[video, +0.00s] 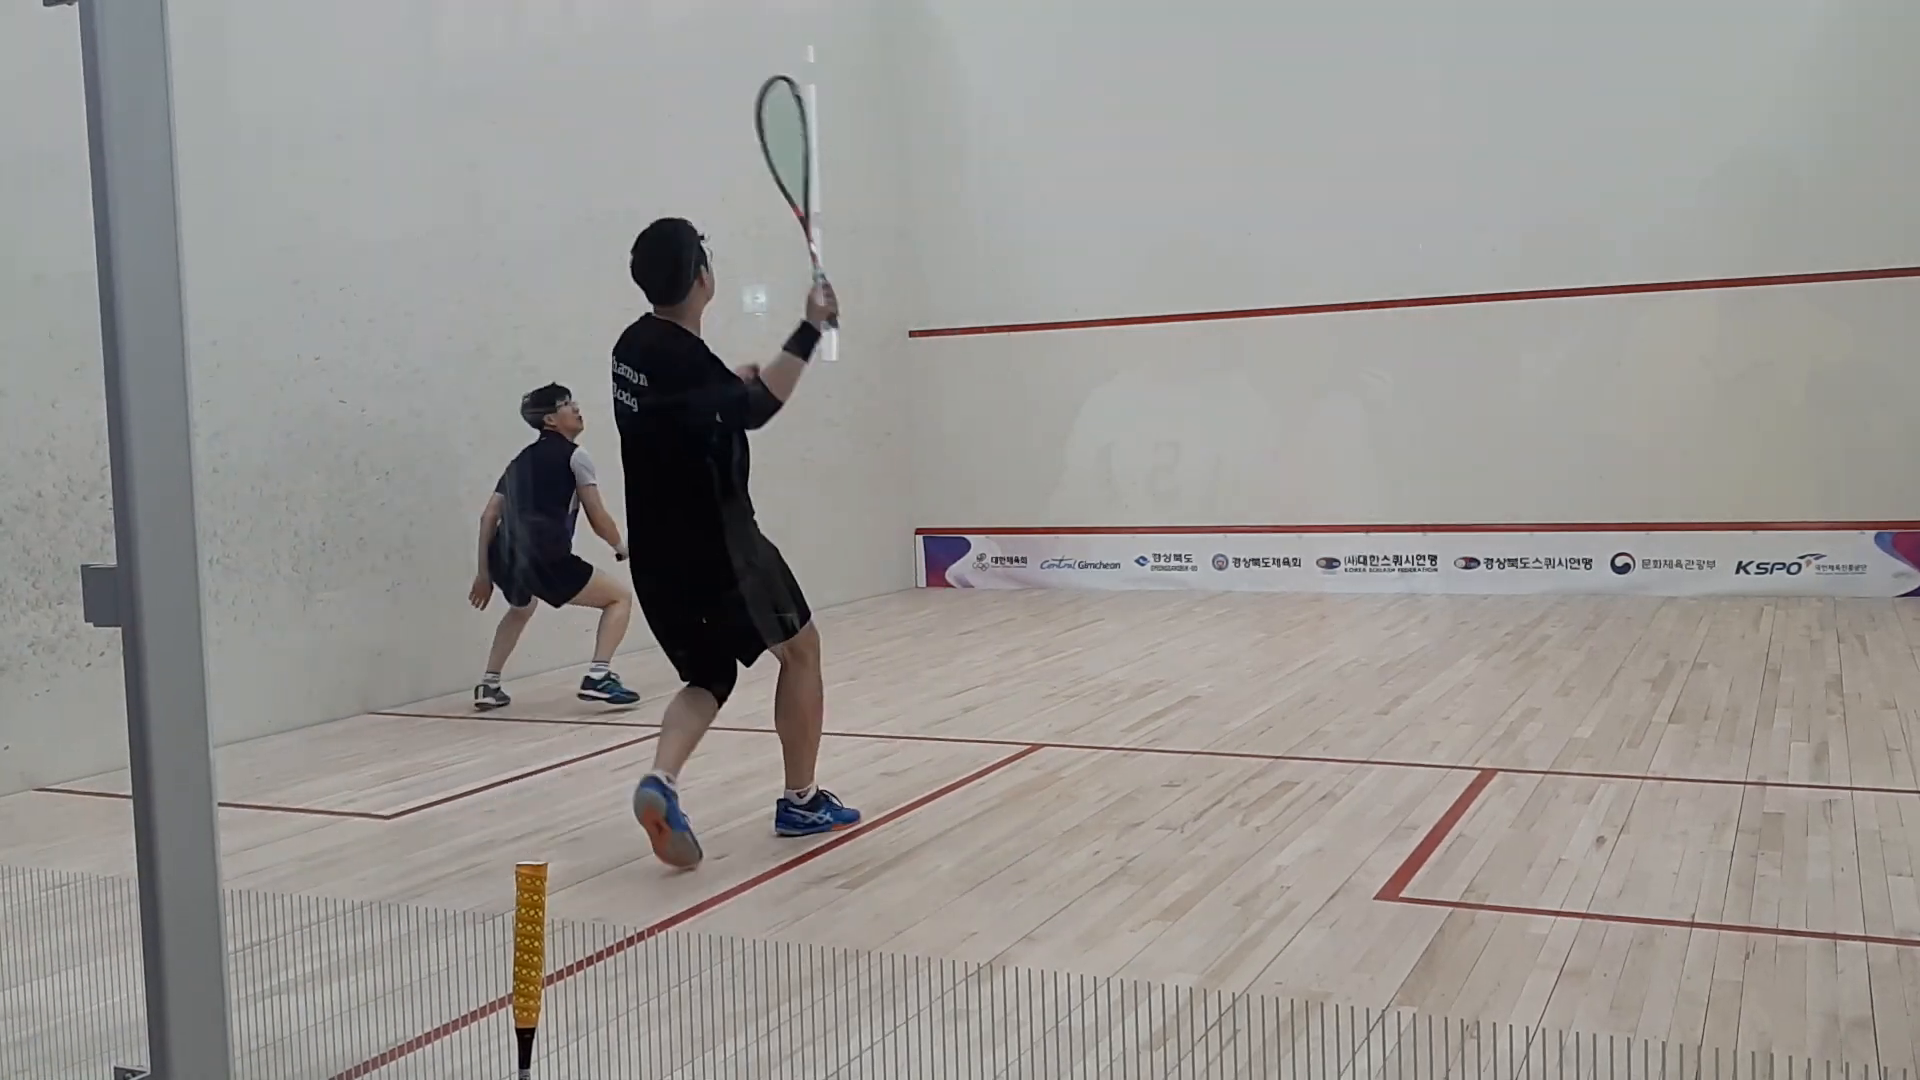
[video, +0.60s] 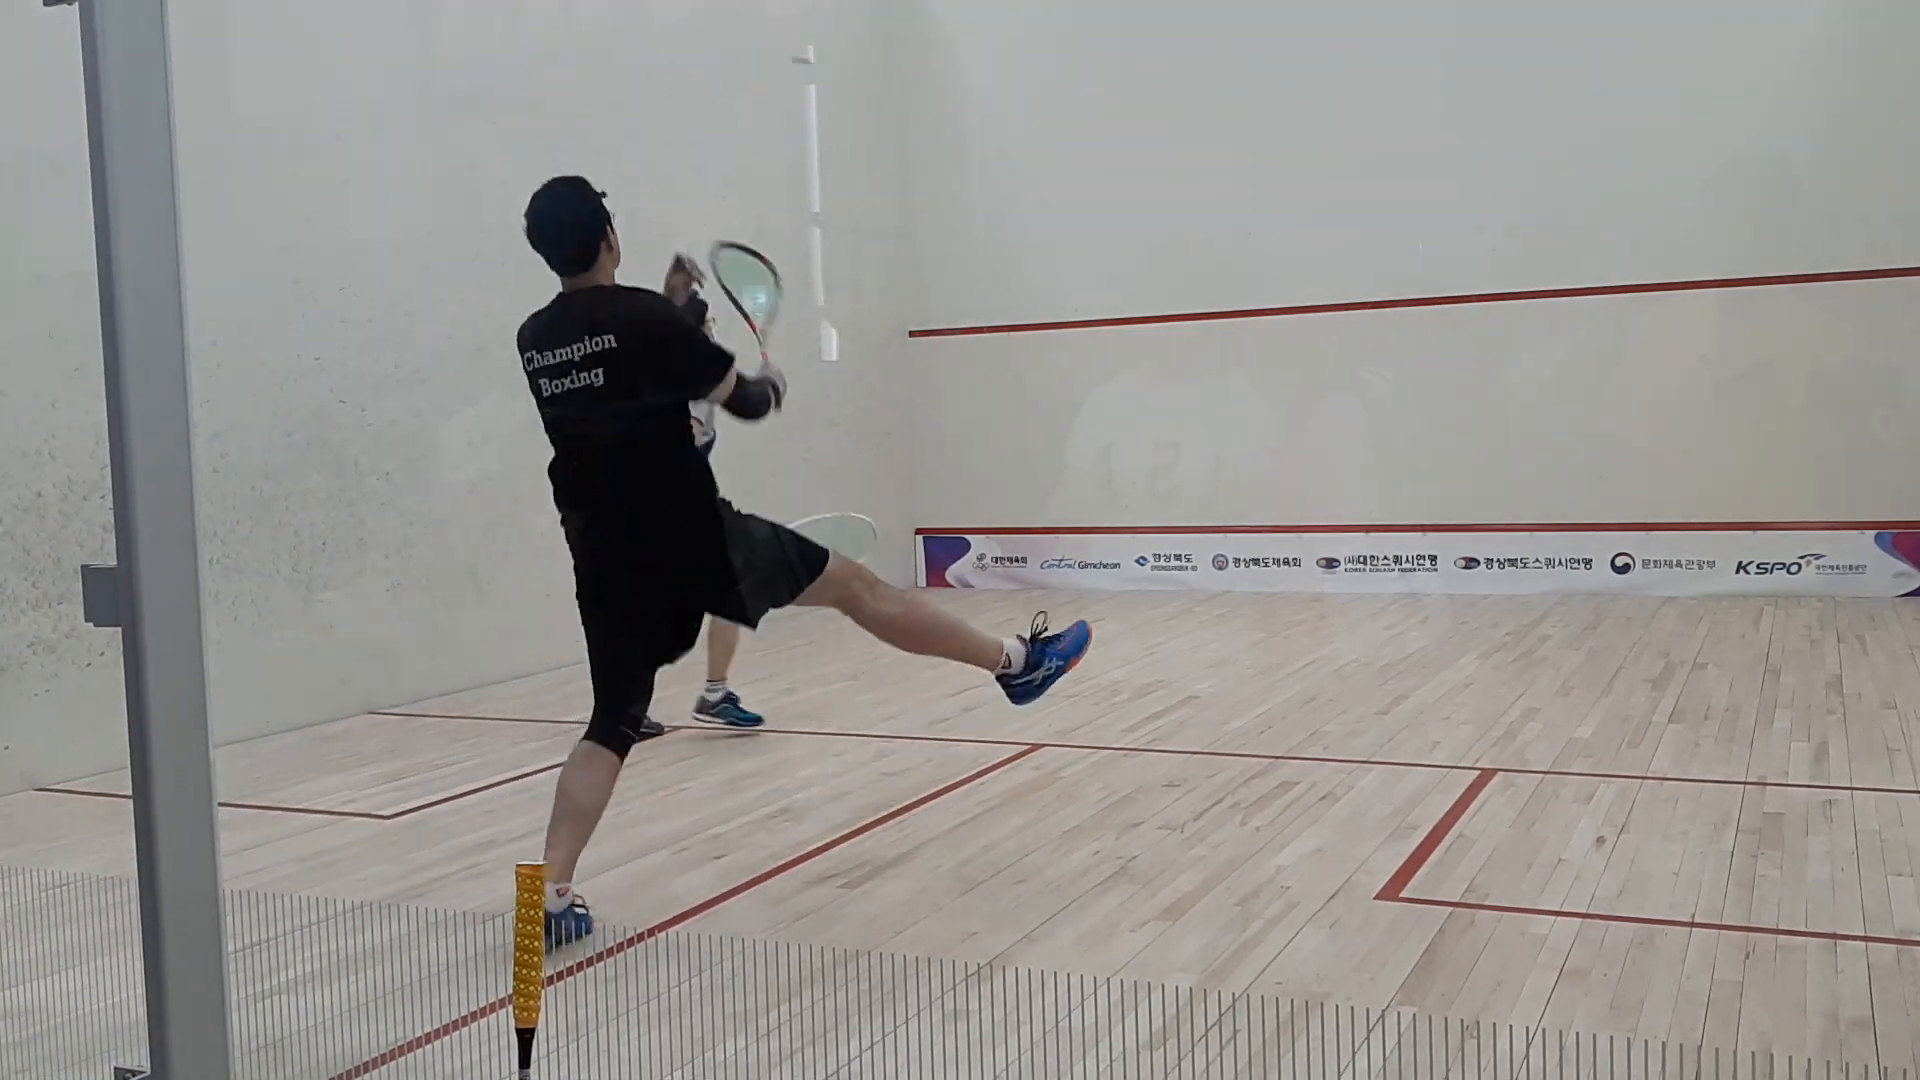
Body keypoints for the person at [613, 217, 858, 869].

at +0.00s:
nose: (711, 273)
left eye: (705, 262)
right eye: (707, 264)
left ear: (647, 282)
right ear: (701, 277)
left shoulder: (631, 347)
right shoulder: (689, 359)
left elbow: (677, 414)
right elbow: (756, 408)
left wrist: (733, 384)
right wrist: (812, 329)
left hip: (656, 548)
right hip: (722, 542)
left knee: (711, 669)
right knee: (800, 648)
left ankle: (660, 780)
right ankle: (801, 799)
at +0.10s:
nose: (693, 257)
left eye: (686, 247)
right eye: (688, 248)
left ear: (627, 272)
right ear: (679, 263)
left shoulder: (618, 336)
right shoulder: (673, 345)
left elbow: (731, 359)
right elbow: (758, 375)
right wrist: (774, 283)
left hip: (657, 537)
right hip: (724, 529)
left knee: (698, 670)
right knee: (782, 649)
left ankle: (663, 825)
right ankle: (808, 792)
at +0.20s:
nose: (660, 225)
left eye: (652, 215)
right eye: (654, 218)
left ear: (594, 247)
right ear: (648, 233)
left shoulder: (589, 315)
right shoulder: (683, 308)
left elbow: (667, 337)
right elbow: (784, 286)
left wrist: (722, 290)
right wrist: (767, 202)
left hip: (646, 521)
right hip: (722, 511)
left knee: (673, 668)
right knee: (788, 642)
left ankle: (659, 834)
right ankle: (838, 780)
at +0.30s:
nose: (630, 186)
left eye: (618, 177)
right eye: (623, 181)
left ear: (565, 221)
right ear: (620, 201)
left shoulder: (562, 292)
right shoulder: (675, 245)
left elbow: (639, 277)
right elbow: (747, 171)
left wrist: (690, 213)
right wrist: (756, 97)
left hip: (621, 486)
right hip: (707, 474)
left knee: (651, 652)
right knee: (812, 597)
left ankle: (651, 824)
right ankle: (848, 759)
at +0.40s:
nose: (608, 171)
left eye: (596, 163)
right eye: (600, 165)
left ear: (542, 206)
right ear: (597, 180)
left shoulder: (542, 278)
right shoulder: (657, 225)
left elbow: (617, 263)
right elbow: (730, 157)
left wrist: (648, 192)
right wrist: (769, 96)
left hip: (623, 468)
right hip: (705, 448)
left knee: (632, 647)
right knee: (840, 567)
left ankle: (603, 820)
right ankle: (907, 721)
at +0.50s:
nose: (602, 193)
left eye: (591, 185)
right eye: (596, 185)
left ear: (531, 219)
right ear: (593, 195)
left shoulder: (530, 298)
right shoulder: (649, 263)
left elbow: (616, 297)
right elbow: (751, 272)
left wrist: (647, 226)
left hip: (619, 509)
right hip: (704, 482)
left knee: (623, 673)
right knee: (852, 557)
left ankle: (562, 847)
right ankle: (985, 673)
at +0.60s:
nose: (616, 234)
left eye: (604, 226)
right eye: (610, 226)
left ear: (543, 254)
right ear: (609, 237)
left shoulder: (535, 338)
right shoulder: (650, 321)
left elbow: (623, 384)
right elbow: (746, 402)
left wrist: (674, 318)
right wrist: (765, 385)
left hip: (604, 564)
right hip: (695, 540)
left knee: (611, 721)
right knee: (851, 584)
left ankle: (552, 895)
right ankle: (1015, 663)